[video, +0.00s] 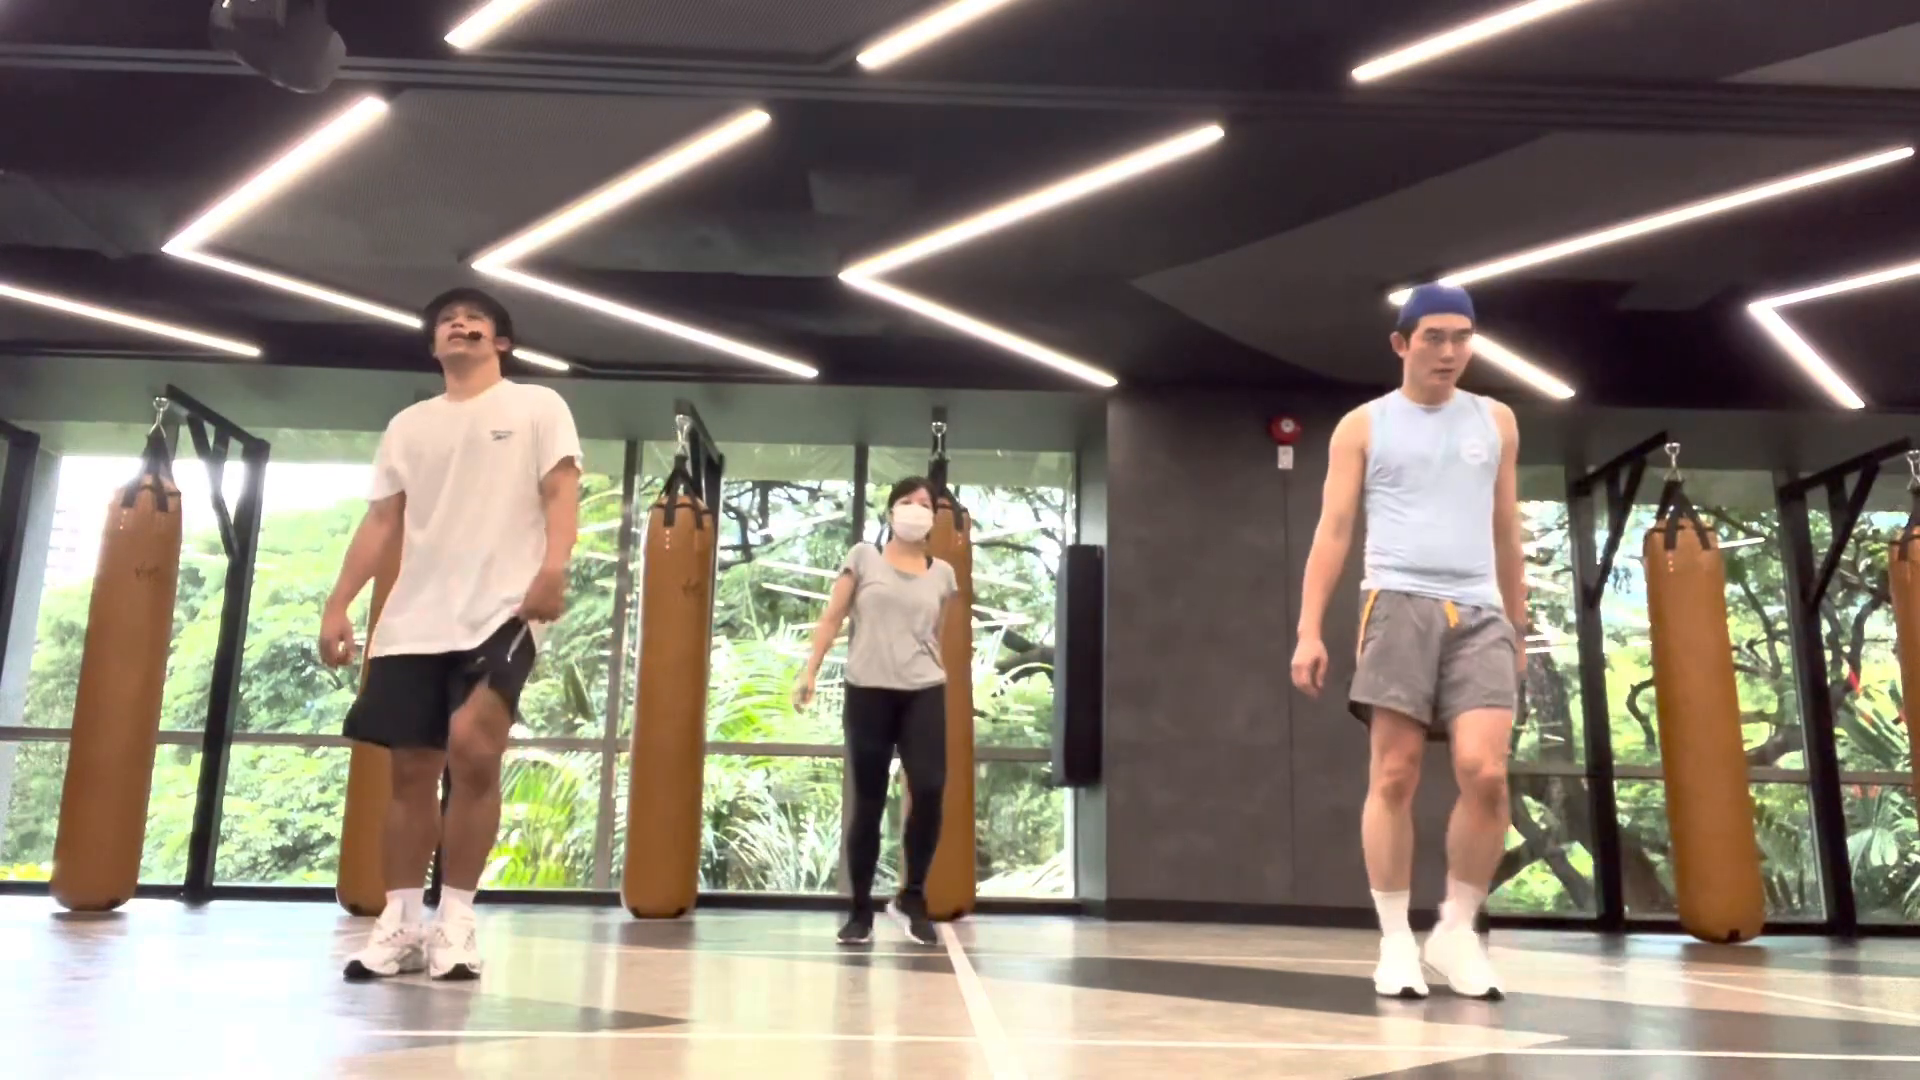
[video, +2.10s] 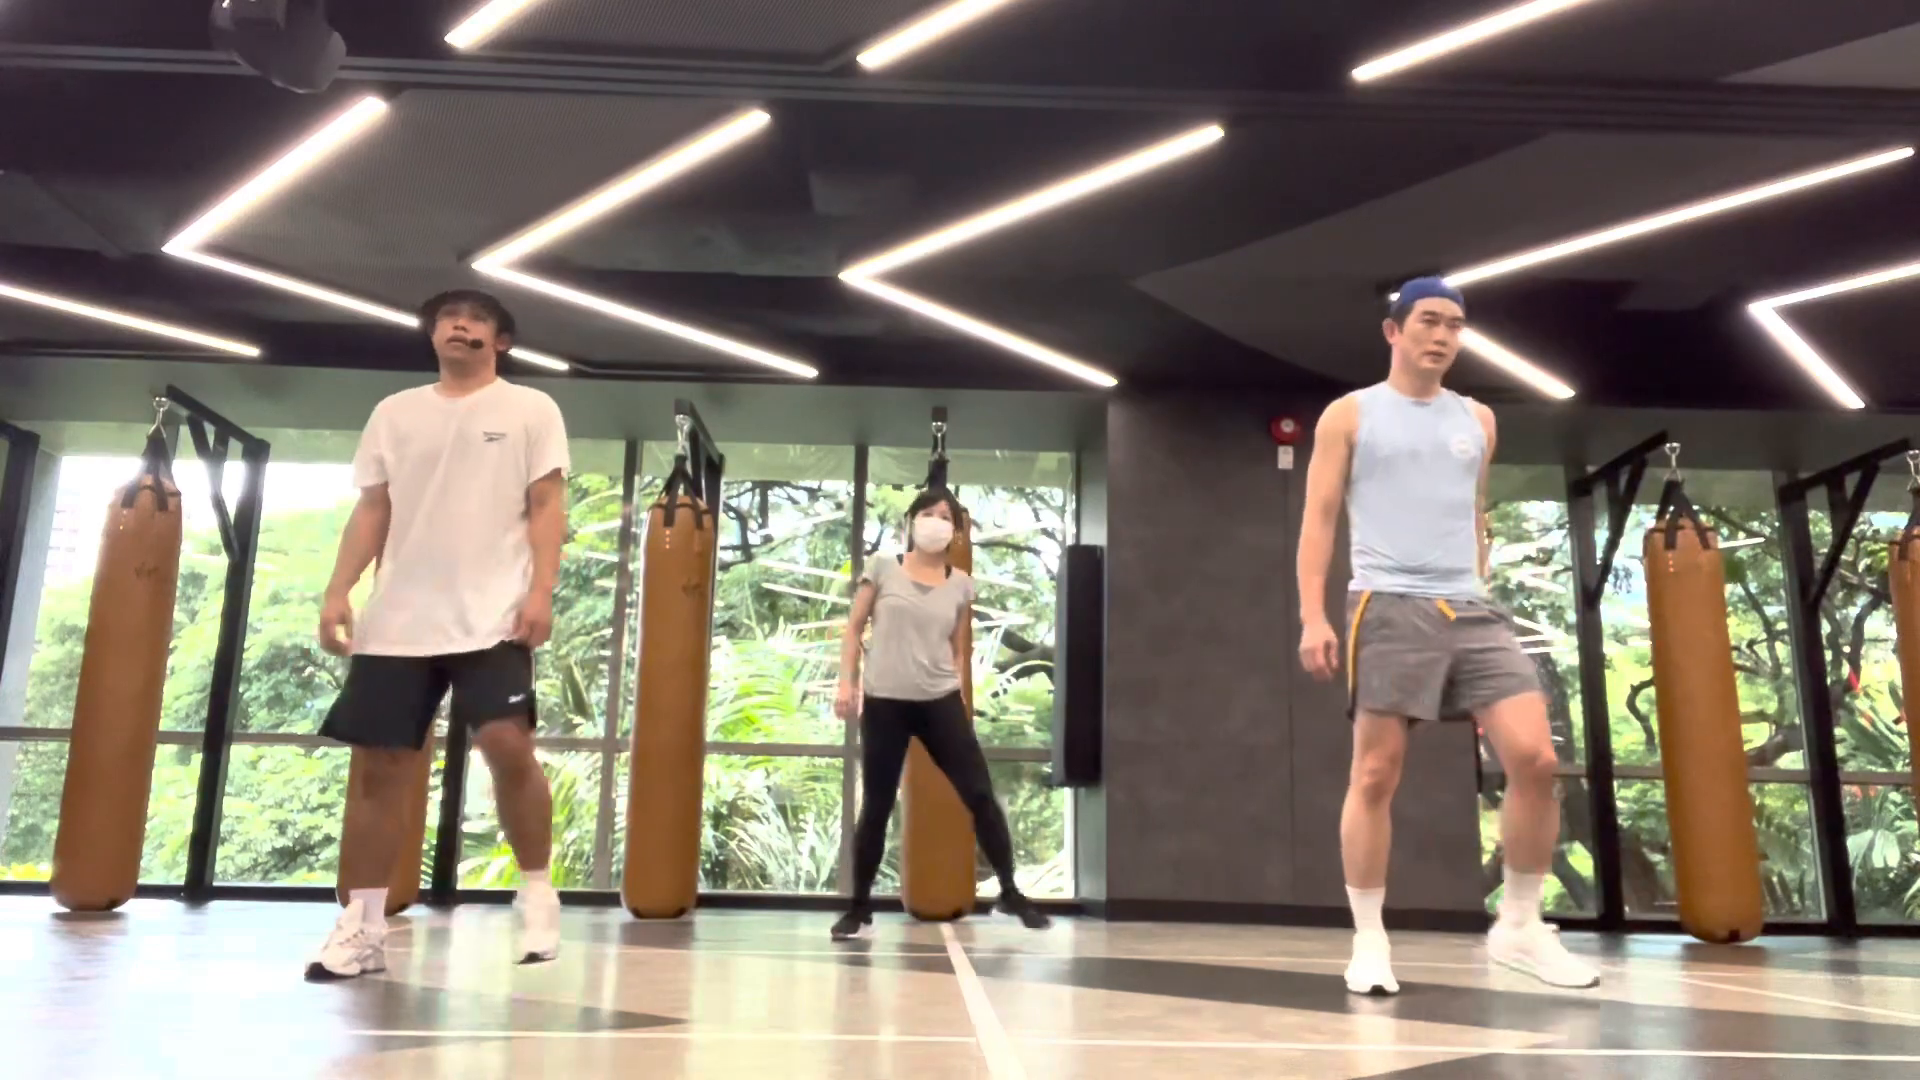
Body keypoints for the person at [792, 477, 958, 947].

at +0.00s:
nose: (917, 512)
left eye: (926, 507)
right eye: (908, 504)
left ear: (935, 520)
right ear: (890, 515)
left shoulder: (943, 574)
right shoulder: (864, 557)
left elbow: (948, 639)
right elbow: (832, 618)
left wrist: (953, 694)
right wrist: (809, 673)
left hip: (925, 692)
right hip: (867, 691)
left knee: (930, 789)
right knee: (867, 801)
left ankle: (913, 895)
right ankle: (860, 911)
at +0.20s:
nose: (926, 509)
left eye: (936, 504)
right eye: (917, 501)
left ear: (946, 521)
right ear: (901, 514)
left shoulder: (951, 574)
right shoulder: (872, 555)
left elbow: (949, 640)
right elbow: (842, 616)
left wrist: (956, 696)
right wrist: (838, 676)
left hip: (935, 690)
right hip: (877, 690)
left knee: (976, 789)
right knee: (873, 802)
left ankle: (985, 882)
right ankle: (860, 911)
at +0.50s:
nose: (973, 514)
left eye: (981, 508)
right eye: (964, 507)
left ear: (991, 523)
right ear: (949, 521)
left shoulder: (1008, 580)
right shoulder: (928, 567)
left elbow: (1010, 642)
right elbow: (901, 632)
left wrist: (1012, 692)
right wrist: (884, 691)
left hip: (993, 705)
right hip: (933, 704)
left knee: (1013, 810)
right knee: (905, 808)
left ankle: (1031, 910)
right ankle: (863, 909)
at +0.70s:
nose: (1001, 509)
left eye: (1008, 503)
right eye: (991, 502)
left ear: (1019, 517)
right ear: (973, 517)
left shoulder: (1036, 570)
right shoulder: (953, 563)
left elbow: (1047, 640)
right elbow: (934, 631)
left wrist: (1062, 694)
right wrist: (926, 690)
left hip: (1019, 698)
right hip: (962, 695)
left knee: (1023, 806)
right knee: (946, 796)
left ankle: (1031, 911)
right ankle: (916, 892)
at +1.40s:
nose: (934, 528)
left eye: (943, 522)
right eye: (925, 520)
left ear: (957, 534)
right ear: (911, 530)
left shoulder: (967, 582)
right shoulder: (889, 584)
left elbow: (985, 642)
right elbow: (873, 649)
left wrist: (1000, 692)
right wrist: (860, 707)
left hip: (948, 709)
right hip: (890, 707)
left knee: (983, 809)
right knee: (875, 812)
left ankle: (1026, 907)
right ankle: (860, 909)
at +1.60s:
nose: (918, 520)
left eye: (926, 515)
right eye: (910, 513)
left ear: (935, 530)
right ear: (893, 523)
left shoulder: (945, 578)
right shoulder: (864, 569)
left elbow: (952, 645)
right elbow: (836, 630)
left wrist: (955, 701)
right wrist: (812, 682)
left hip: (926, 696)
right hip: (869, 698)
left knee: (930, 789)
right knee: (866, 804)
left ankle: (960, 890)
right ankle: (860, 908)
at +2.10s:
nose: (937, 523)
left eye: (945, 518)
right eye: (927, 515)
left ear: (955, 532)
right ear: (910, 526)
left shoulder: (962, 585)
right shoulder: (882, 568)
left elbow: (960, 650)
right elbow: (854, 627)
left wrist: (963, 704)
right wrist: (846, 682)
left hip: (941, 702)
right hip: (884, 702)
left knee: (980, 795)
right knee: (876, 806)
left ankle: (1010, 892)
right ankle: (859, 906)